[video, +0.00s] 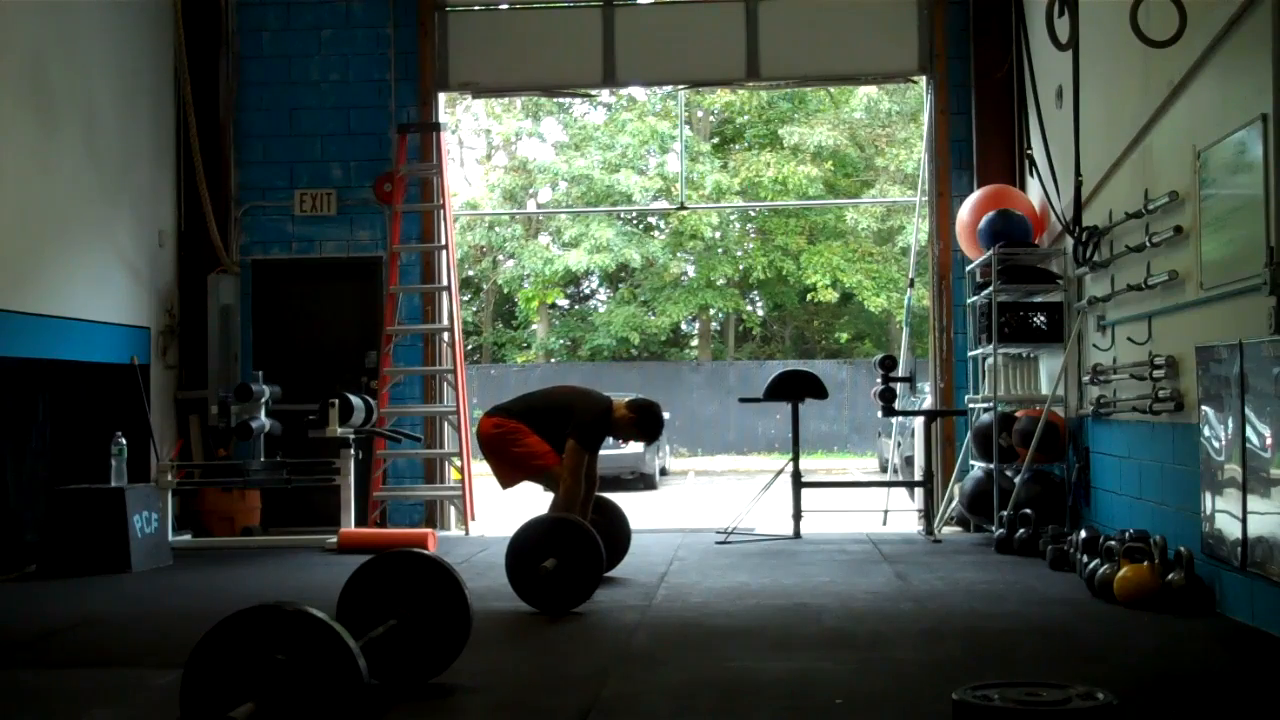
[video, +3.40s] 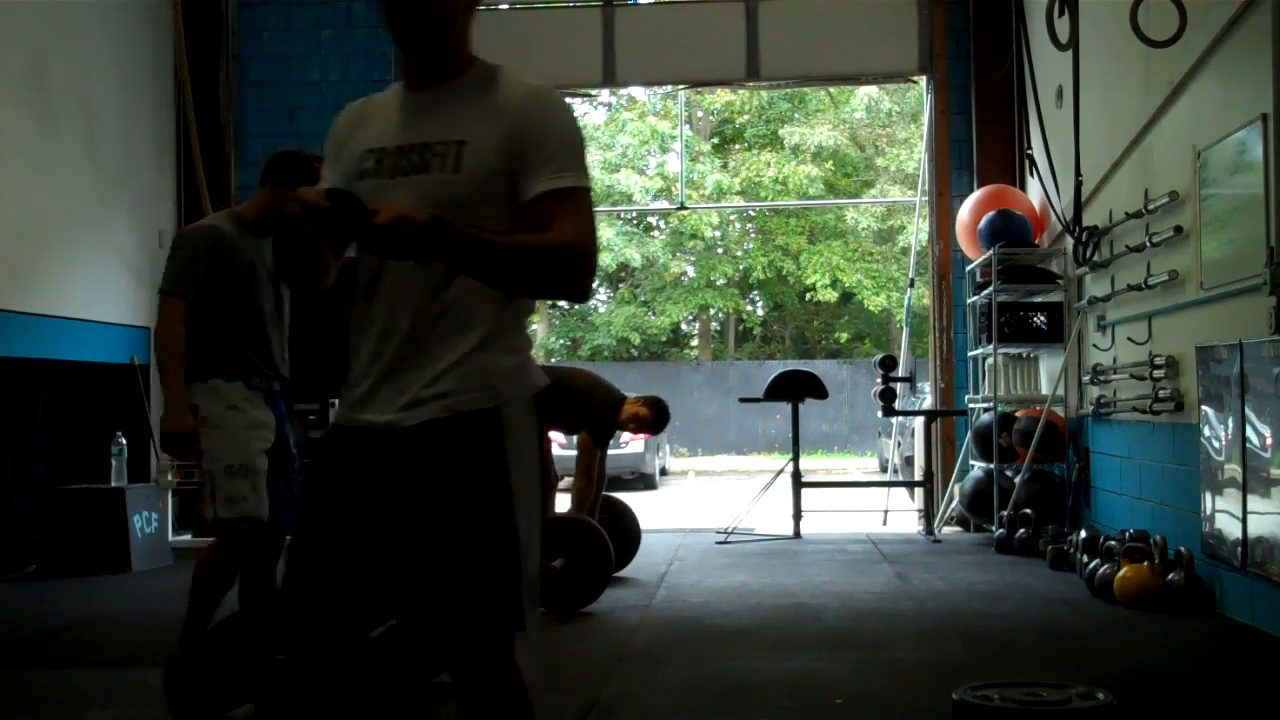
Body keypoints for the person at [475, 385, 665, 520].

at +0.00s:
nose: (625, 441)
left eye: (632, 440)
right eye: (631, 436)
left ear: (629, 412)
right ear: (629, 417)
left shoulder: (602, 417)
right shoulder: (593, 412)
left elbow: (590, 477)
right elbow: (573, 476)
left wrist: (581, 528)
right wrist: (562, 535)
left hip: (513, 428)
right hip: (500, 426)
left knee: (579, 480)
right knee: (568, 482)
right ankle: (553, 551)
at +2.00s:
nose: (645, 443)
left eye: (651, 442)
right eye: (650, 438)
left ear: (646, 416)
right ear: (647, 420)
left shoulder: (617, 422)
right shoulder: (610, 416)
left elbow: (600, 481)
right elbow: (584, 480)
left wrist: (588, 535)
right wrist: (572, 538)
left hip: (529, 434)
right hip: (518, 433)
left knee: (592, 487)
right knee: (584, 487)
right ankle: (566, 553)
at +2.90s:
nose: (629, 444)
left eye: (636, 443)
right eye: (635, 438)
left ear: (634, 415)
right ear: (634, 418)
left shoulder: (605, 419)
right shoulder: (599, 413)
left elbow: (592, 479)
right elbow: (578, 478)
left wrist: (584, 528)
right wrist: (572, 535)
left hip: (513, 423)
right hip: (505, 422)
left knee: (575, 483)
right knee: (569, 482)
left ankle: (555, 547)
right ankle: (557, 548)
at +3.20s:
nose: (631, 432)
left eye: (638, 434)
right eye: (636, 425)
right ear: (634, 405)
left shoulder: (607, 416)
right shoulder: (599, 411)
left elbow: (596, 476)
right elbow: (583, 477)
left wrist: (588, 524)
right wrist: (575, 527)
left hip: (517, 402)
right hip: (508, 401)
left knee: (549, 482)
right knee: (548, 482)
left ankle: (544, 551)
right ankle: (542, 552)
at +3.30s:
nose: (632, 430)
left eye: (639, 432)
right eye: (637, 422)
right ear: (636, 403)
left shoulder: (609, 413)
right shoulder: (601, 407)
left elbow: (596, 476)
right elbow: (583, 475)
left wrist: (589, 524)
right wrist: (577, 526)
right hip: (518, 401)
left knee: (546, 481)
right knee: (544, 482)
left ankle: (545, 549)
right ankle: (542, 550)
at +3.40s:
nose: (634, 428)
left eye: (640, 430)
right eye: (639, 421)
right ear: (637, 402)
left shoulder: (610, 414)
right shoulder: (602, 406)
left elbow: (598, 474)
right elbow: (584, 474)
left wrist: (588, 523)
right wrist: (577, 522)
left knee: (548, 480)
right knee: (546, 481)